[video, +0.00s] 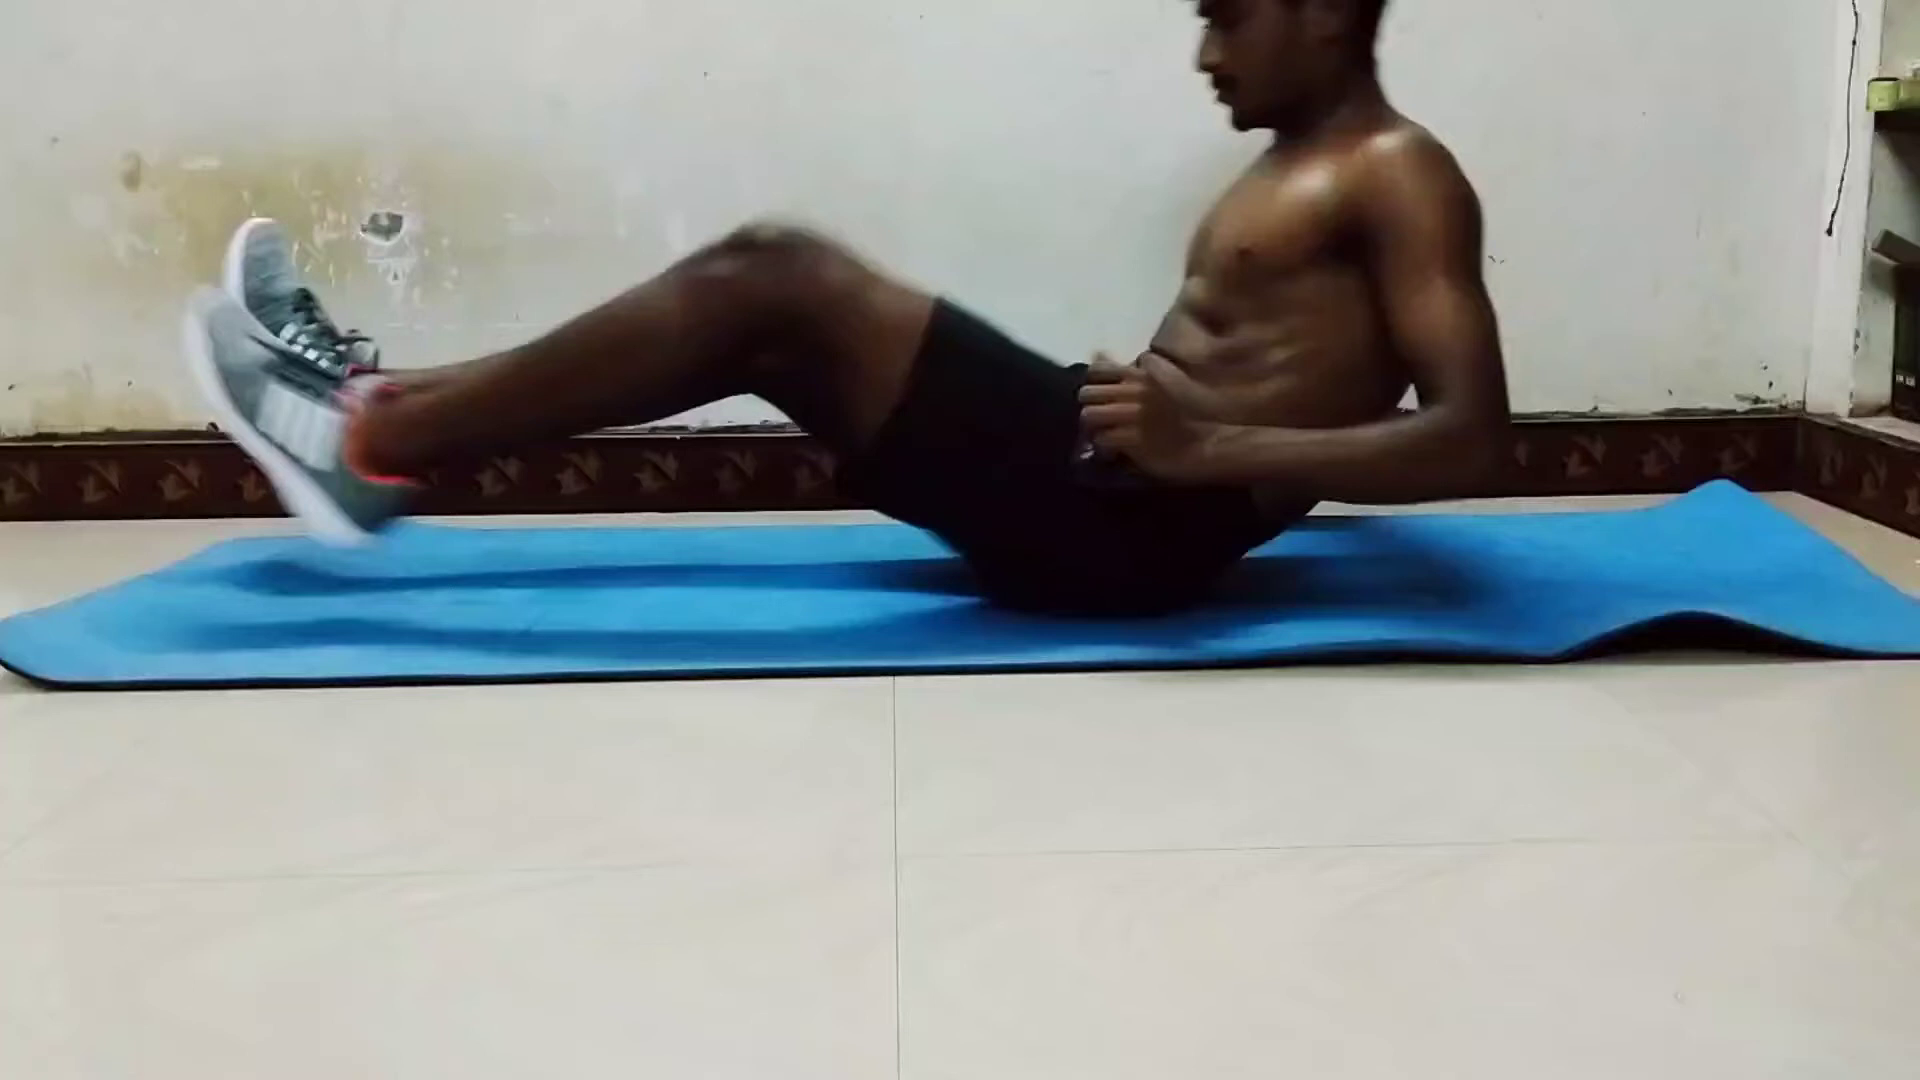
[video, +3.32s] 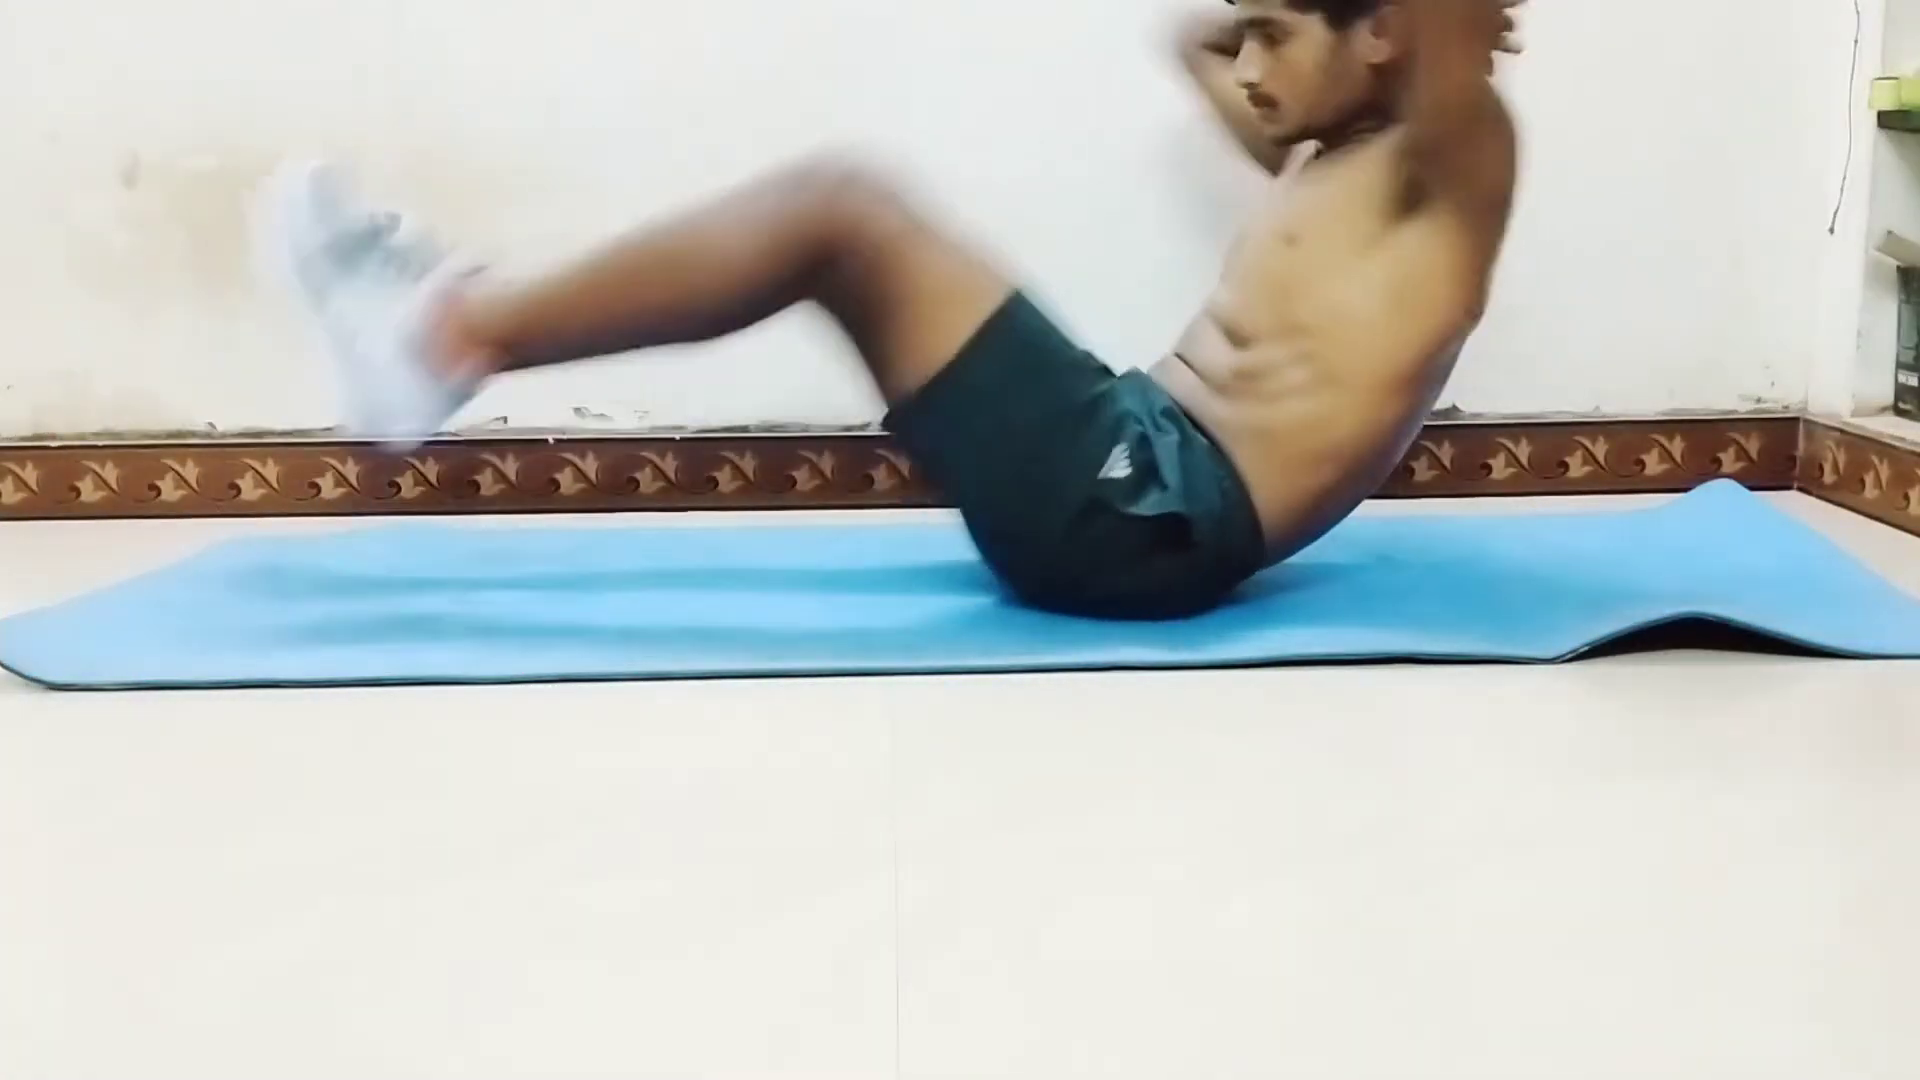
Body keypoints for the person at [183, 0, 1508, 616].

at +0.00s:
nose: (1204, 44)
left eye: (1230, 15)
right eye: (1207, 18)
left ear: (1331, 18)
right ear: (1303, 29)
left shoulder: (1398, 173)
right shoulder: (1291, 171)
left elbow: (1473, 441)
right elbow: (1298, 391)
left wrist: (1212, 443)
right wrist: (1156, 400)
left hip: (1147, 529)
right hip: (1108, 496)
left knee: (773, 279)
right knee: (763, 270)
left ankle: (381, 431)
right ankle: (394, 426)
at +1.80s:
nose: (1340, 55)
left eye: (1377, 35)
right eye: (1344, 24)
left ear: (1481, 62)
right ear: (1397, 47)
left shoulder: (1493, 253)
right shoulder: (1350, 186)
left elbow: (1469, 492)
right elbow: (1277, 309)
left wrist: (1341, 281)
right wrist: (1237, 182)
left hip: (1133, 498)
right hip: (1088, 445)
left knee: (708, 372)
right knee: (704, 361)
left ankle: (271, 411)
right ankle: (301, 452)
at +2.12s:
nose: (1309, 49)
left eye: (1333, 18)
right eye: (1318, 24)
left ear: (1427, 29)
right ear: (1434, 46)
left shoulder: (1475, 212)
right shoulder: (1419, 195)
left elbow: (1388, 288)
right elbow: (1372, 291)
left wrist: (1379, 88)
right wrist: (1353, 105)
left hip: (1134, 506)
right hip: (1099, 432)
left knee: (716, 386)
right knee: (747, 291)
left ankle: (253, 419)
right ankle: (336, 446)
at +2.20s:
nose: (1300, 58)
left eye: (1324, 25)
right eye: (1308, 32)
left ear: (1423, 31)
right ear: (1421, 45)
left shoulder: (1463, 203)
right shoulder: (1412, 187)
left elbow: (1355, 223)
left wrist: (1375, 67)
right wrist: (1354, 78)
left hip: (1139, 503)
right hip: (1100, 424)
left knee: (733, 397)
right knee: (771, 271)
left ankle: (253, 430)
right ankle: (389, 415)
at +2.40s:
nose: (1419, 36)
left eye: (1416, 24)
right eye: (1414, 15)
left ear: (1424, 56)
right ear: (1408, 50)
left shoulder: (1430, 176)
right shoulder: (1383, 175)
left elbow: (1227, 69)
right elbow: (1250, 66)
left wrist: (1387, 43)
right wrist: (1384, 46)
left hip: (1132, 499)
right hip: (1093, 420)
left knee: (718, 428)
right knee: (859, 195)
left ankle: (236, 449)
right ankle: (516, 377)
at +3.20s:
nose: (1231, 69)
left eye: (1249, 40)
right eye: (1232, 41)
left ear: (1353, 29)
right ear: (1328, 37)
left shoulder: (1420, 171)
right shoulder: (1357, 170)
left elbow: (1376, 84)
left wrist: (1429, 48)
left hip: (1147, 513)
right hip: (1126, 435)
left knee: (787, 285)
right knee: (895, 170)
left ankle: (351, 428)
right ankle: (514, 305)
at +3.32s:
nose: (1249, 78)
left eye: (1273, 43)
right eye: (1240, 53)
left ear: (1380, 39)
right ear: (1290, 64)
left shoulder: (1447, 170)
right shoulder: (1334, 173)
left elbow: (1468, 29)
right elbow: (1195, 50)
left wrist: (1373, 49)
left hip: (1155, 516)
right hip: (1124, 476)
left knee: (847, 207)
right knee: (845, 200)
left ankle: (448, 343)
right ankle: (458, 331)